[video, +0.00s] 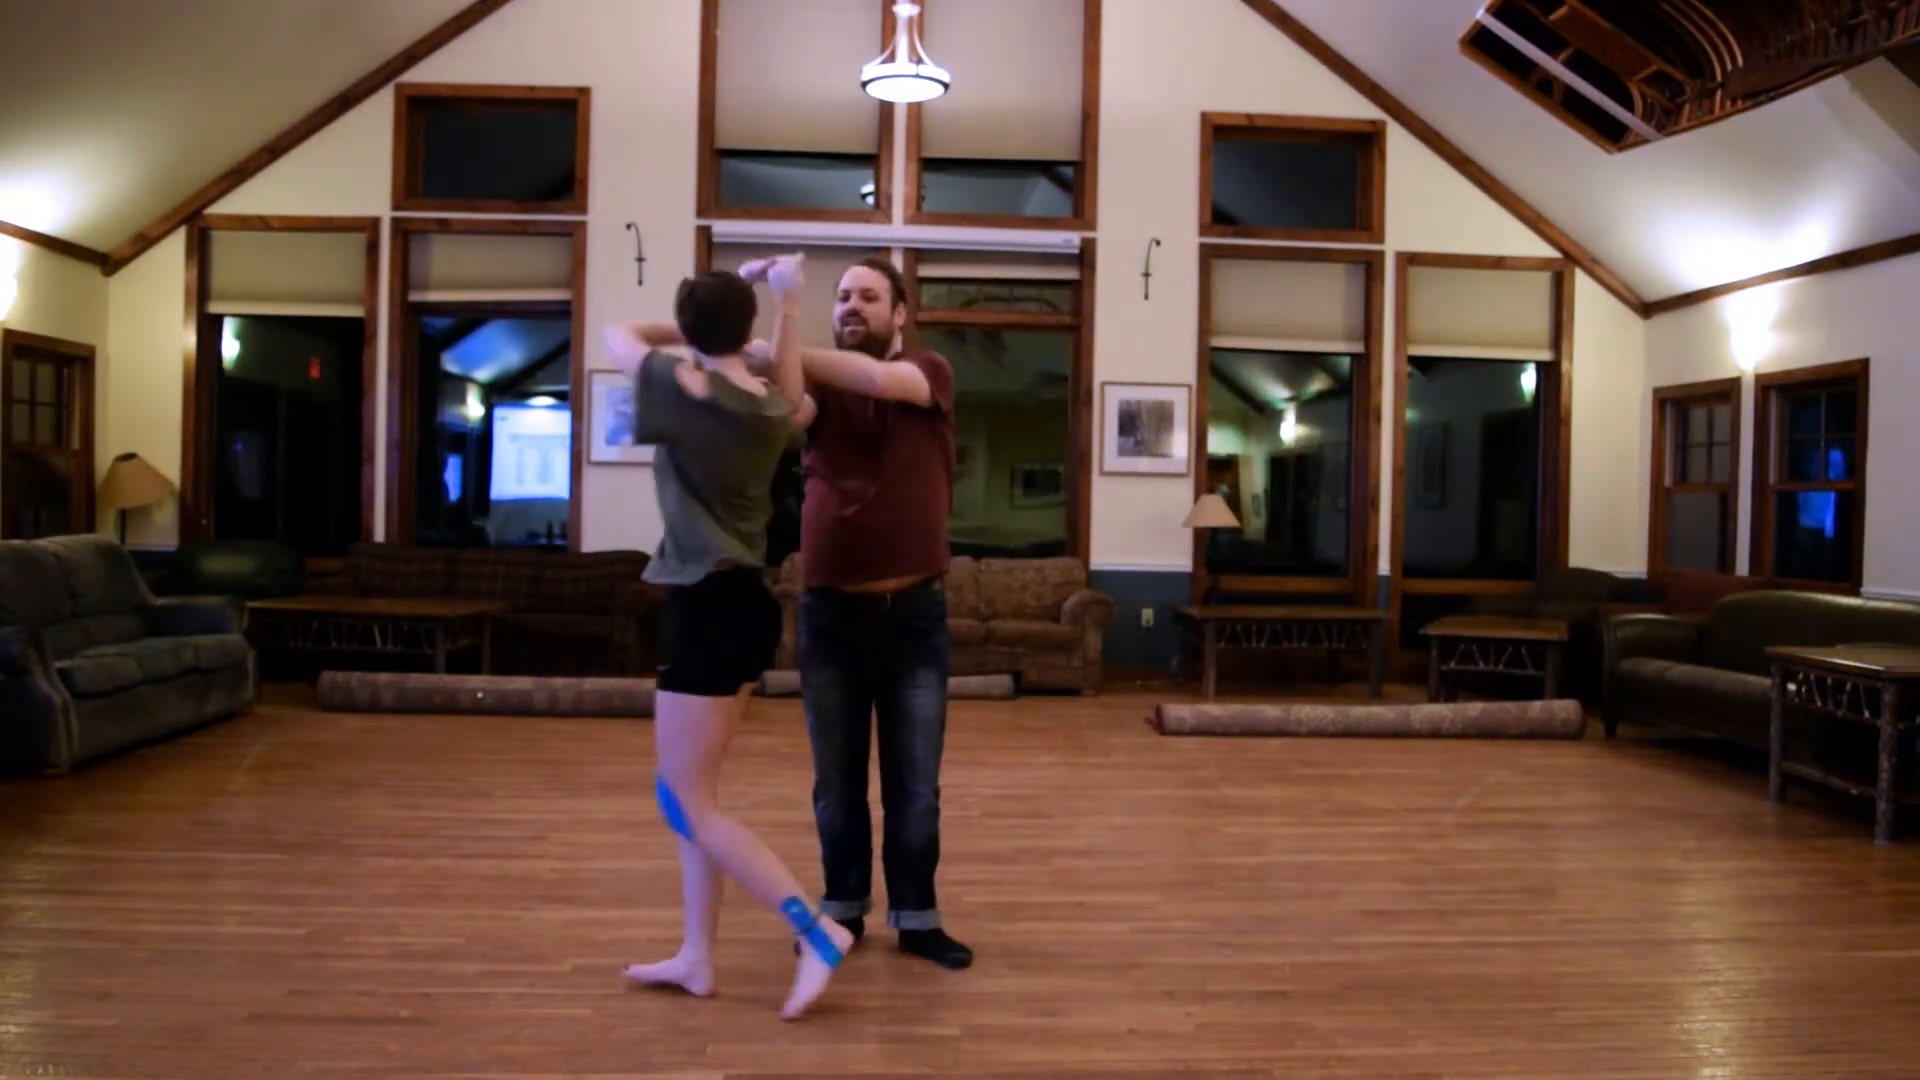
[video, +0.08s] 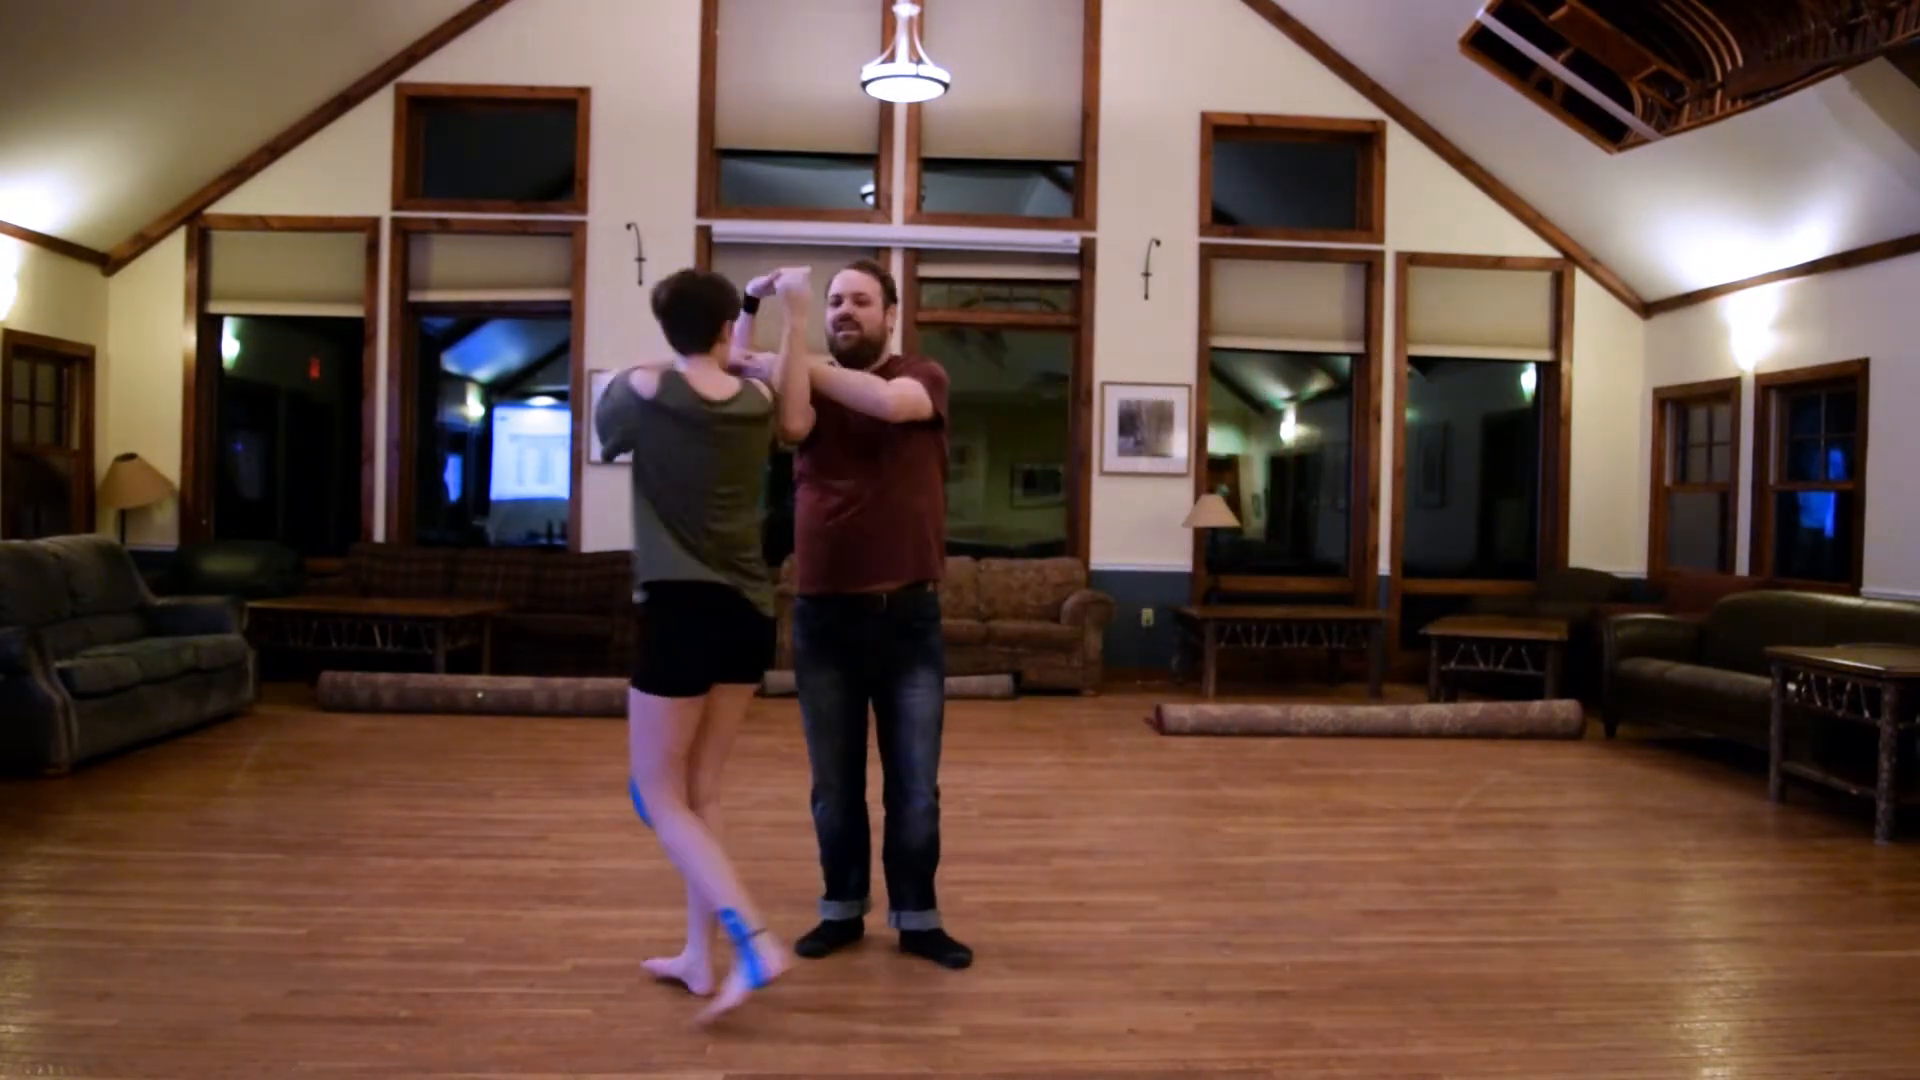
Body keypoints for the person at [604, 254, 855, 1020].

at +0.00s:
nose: (682, 334)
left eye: (684, 329)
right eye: (748, 329)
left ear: (684, 336)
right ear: (750, 339)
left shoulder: (674, 393)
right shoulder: (777, 412)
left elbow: (622, 339)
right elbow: (798, 399)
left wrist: (693, 337)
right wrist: (785, 324)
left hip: (704, 604)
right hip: (744, 602)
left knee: (688, 802)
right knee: (687, 794)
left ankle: (814, 932)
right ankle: (695, 957)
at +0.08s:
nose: (735, 334)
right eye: (734, 323)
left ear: (665, 330)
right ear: (731, 331)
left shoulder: (643, 394)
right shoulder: (761, 397)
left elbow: (603, 433)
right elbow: (796, 416)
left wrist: (634, 380)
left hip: (675, 611)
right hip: (747, 610)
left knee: (657, 795)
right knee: (701, 794)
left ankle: (754, 943)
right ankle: (697, 956)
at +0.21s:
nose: (710, 332)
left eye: (707, 322)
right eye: (706, 322)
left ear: (638, 330)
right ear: (689, 330)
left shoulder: (607, 401)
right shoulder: (727, 399)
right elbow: (777, 384)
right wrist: (782, 304)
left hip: (631, 620)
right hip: (721, 620)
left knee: (631, 801)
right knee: (702, 796)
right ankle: (704, 962)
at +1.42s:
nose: (664, 342)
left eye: (663, 330)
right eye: (660, 330)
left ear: (593, 341)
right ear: (633, 338)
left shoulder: (560, 416)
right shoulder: (666, 408)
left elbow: (607, 406)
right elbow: (734, 399)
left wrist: (653, 392)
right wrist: (764, 318)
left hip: (587, 622)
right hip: (667, 619)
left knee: (595, 796)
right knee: (681, 794)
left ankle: (586, 966)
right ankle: (698, 962)